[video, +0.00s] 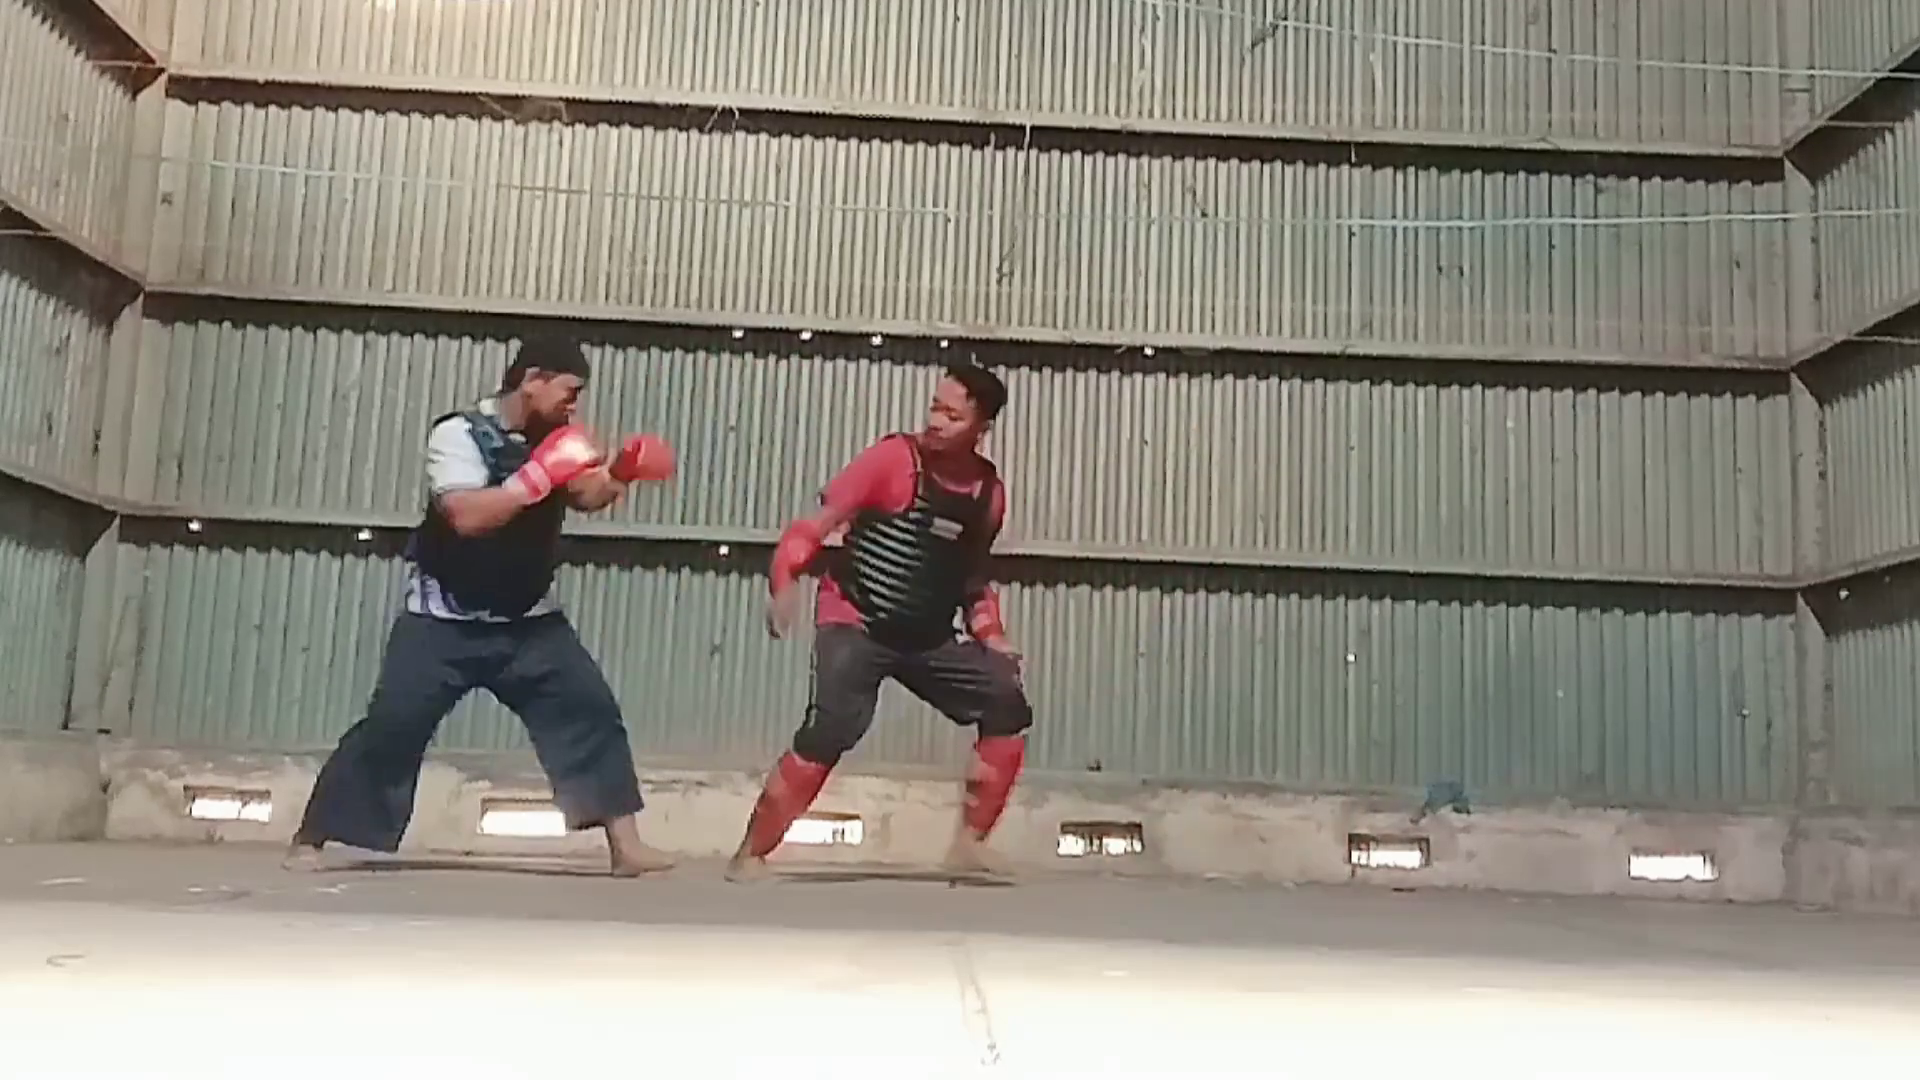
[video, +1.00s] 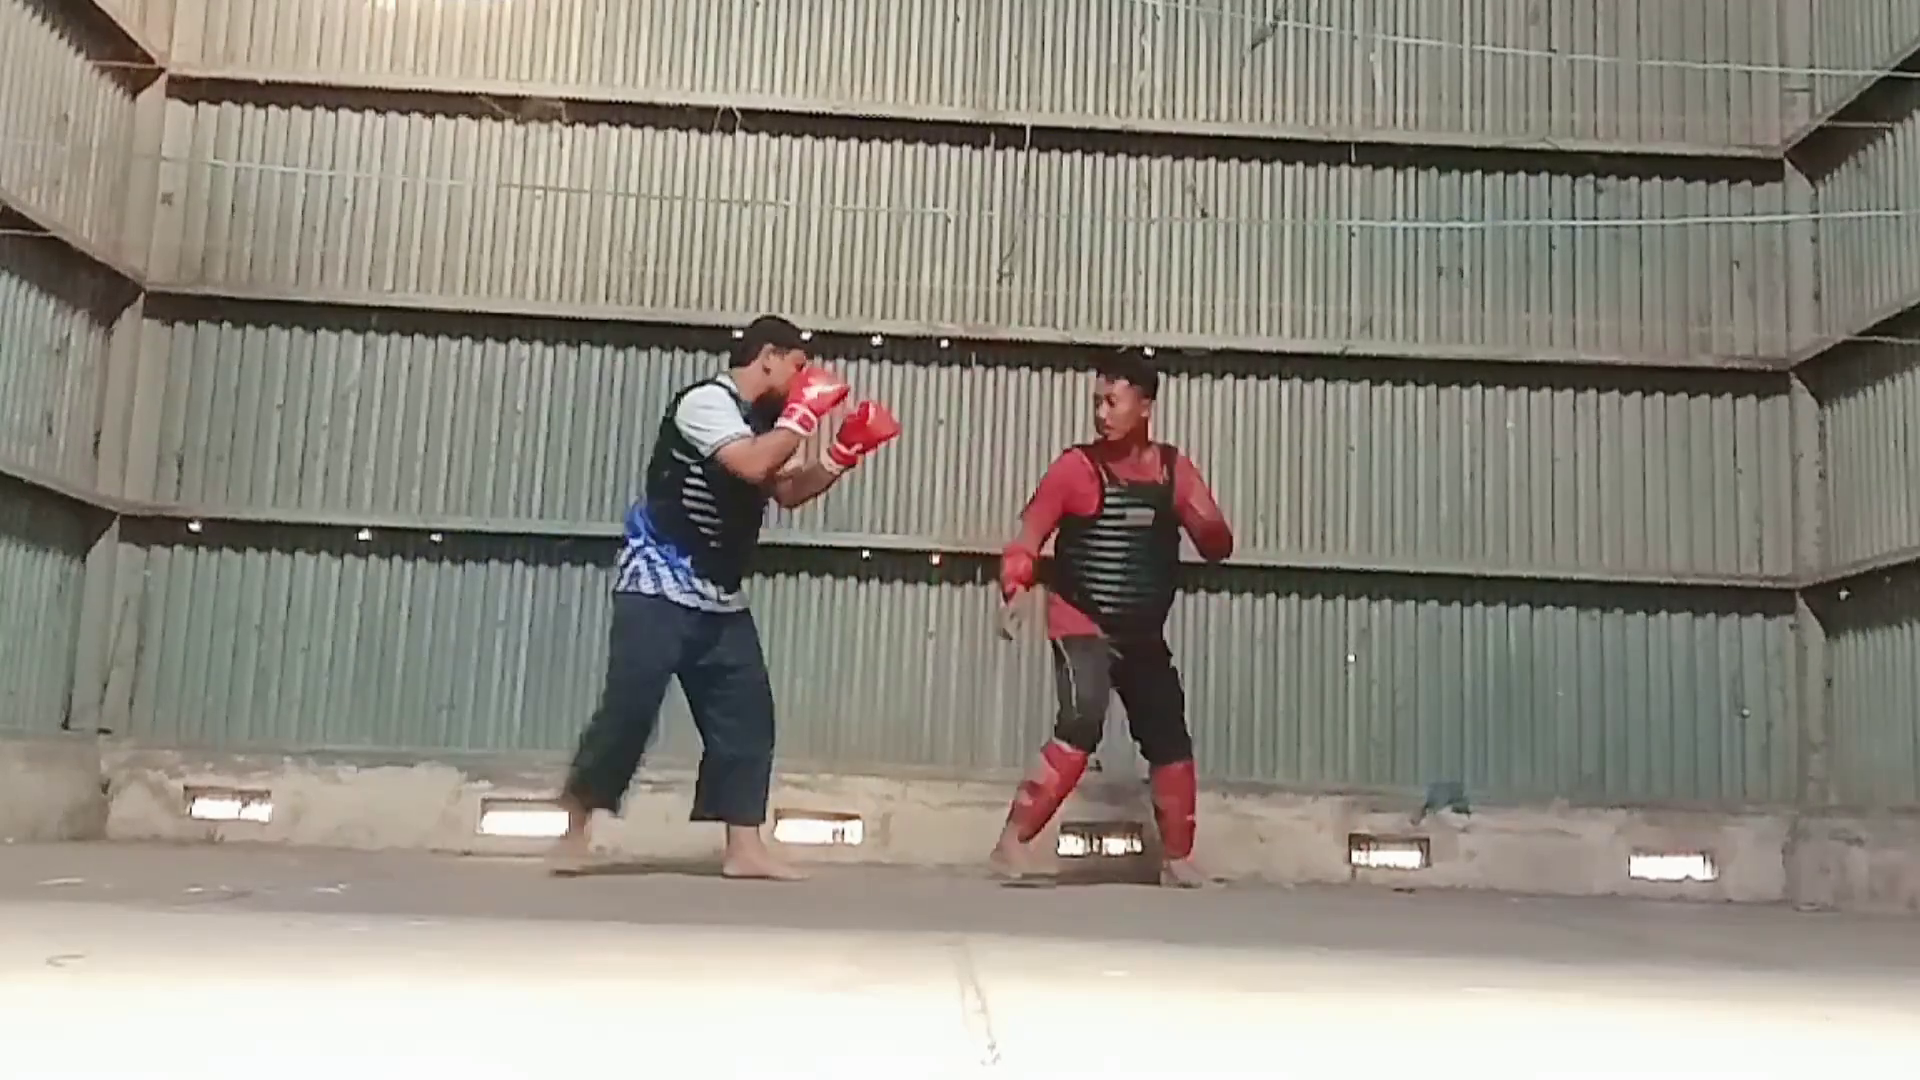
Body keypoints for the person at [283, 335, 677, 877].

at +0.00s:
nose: (573, 406)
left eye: (577, 396)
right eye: (567, 393)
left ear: (546, 386)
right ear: (530, 380)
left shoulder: (557, 445)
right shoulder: (456, 435)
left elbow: (587, 496)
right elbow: (466, 516)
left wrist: (619, 475)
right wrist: (540, 476)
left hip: (530, 623)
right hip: (441, 623)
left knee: (591, 708)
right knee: (395, 721)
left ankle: (627, 849)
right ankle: (312, 836)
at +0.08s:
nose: (616, 395)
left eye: (620, 385)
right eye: (612, 382)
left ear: (584, 376)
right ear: (575, 373)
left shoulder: (597, 435)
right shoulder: (501, 422)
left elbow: (630, 503)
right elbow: (529, 493)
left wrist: (666, 459)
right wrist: (595, 442)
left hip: (560, 618)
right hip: (475, 616)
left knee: (621, 704)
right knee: (412, 724)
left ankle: (637, 847)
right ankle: (321, 834)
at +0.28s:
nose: (659, 392)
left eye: (664, 383)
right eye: (656, 378)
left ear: (628, 368)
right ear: (625, 363)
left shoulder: (631, 434)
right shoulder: (544, 410)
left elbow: (654, 505)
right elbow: (584, 481)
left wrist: (687, 491)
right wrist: (641, 425)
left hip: (583, 600)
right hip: (504, 594)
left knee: (627, 703)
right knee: (461, 705)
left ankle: (635, 846)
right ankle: (399, 825)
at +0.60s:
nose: (671, 386)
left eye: (675, 376)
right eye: (668, 373)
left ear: (636, 366)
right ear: (635, 362)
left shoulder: (638, 423)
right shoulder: (559, 415)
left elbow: (643, 483)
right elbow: (589, 491)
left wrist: (691, 452)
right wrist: (655, 455)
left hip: (615, 606)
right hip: (539, 606)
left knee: (676, 712)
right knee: (500, 724)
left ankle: (702, 842)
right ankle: (439, 846)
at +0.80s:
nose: (737, 385)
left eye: (740, 374)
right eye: (733, 371)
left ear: (701, 367)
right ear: (699, 365)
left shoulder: (698, 436)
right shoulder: (636, 419)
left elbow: (690, 513)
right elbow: (665, 492)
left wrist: (740, 493)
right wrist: (723, 448)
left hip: (672, 616)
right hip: (602, 612)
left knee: (718, 703)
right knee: (539, 716)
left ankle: (741, 846)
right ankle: (451, 830)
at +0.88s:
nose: (764, 379)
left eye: (765, 369)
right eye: (759, 366)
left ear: (726, 364)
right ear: (727, 363)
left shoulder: (725, 434)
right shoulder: (666, 413)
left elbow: (722, 516)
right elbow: (699, 484)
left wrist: (775, 493)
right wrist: (751, 447)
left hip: (697, 615)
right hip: (626, 612)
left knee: (735, 717)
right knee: (560, 720)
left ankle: (743, 850)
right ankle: (469, 830)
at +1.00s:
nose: (802, 376)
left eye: (803, 367)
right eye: (798, 364)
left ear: (766, 361)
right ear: (767, 358)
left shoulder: (764, 423)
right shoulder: (704, 402)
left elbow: (788, 492)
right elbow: (753, 465)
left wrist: (843, 456)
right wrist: (806, 409)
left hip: (720, 594)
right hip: (658, 581)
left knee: (746, 712)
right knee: (631, 703)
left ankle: (744, 847)